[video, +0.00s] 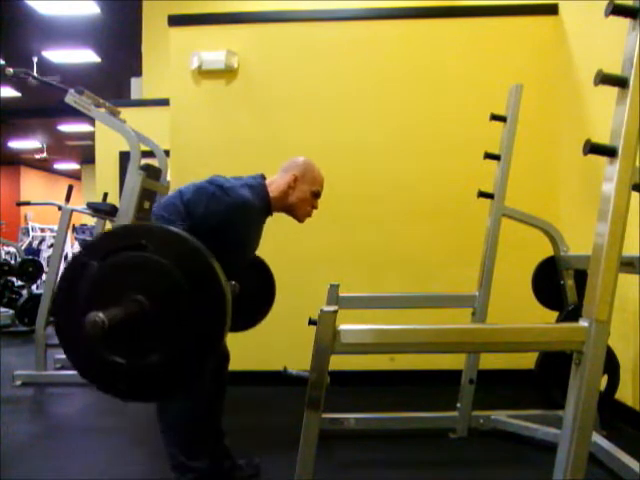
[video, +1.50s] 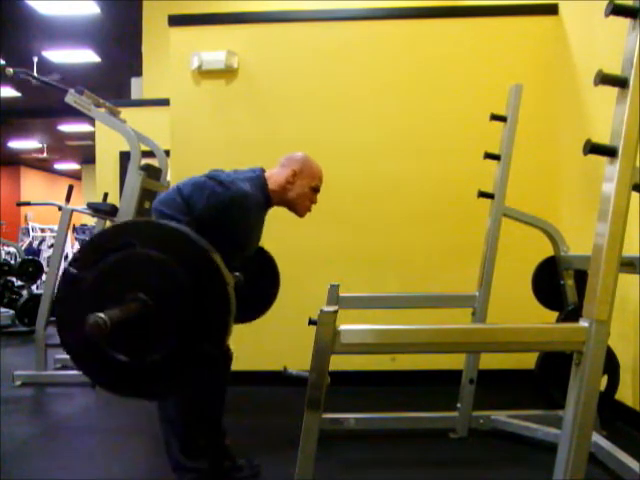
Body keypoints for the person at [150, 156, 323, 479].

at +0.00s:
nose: (316, 206)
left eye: (318, 198)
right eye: (314, 195)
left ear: (291, 183)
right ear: (291, 182)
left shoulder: (252, 210)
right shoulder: (240, 202)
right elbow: (166, 215)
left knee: (211, 364)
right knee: (191, 370)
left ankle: (209, 458)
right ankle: (195, 463)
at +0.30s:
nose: (305, 208)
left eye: (307, 200)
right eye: (303, 197)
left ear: (278, 189)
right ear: (278, 187)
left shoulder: (245, 221)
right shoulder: (225, 212)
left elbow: (223, 282)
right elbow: (187, 278)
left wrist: (229, 328)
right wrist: (209, 335)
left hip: (171, 289)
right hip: (148, 286)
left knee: (184, 370)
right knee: (161, 373)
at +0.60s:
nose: (316, 220)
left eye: (316, 213)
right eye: (312, 211)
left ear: (288, 206)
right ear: (288, 204)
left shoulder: (253, 239)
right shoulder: (238, 236)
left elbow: (239, 309)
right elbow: (215, 307)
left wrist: (234, 361)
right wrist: (215, 373)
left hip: (169, 286)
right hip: (151, 283)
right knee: (180, 377)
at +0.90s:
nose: (316, 220)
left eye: (316, 212)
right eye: (312, 211)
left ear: (287, 208)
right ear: (287, 206)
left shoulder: (254, 241)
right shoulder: (240, 238)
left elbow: (241, 311)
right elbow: (221, 309)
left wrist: (238, 365)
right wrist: (221, 377)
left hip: (167, 287)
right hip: (151, 284)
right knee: (187, 374)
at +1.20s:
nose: (302, 207)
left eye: (304, 200)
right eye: (300, 197)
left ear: (277, 186)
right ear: (277, 186)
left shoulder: (246, 212)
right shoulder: (223, 203)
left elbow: (224, 269)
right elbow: (185, 266)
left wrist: (235, 315)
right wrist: (206, 324)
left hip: (175, 282)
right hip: (148, 281)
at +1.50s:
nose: (315, 201)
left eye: (317, 193)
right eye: (313, 190)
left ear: (290, 178)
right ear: (290, 177)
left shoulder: (252, 202)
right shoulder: (238, 196)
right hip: (167, 293)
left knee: (210, 365)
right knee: (196, 369)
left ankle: (205, 455)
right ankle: (196, 461)